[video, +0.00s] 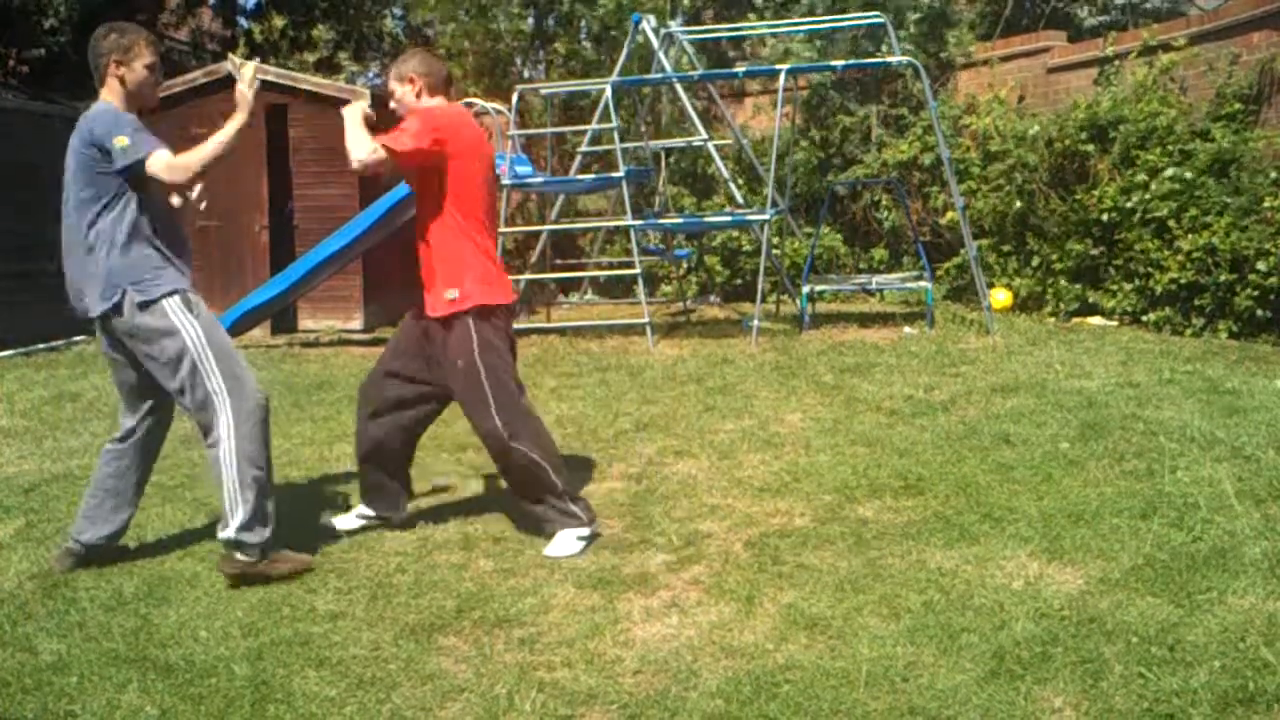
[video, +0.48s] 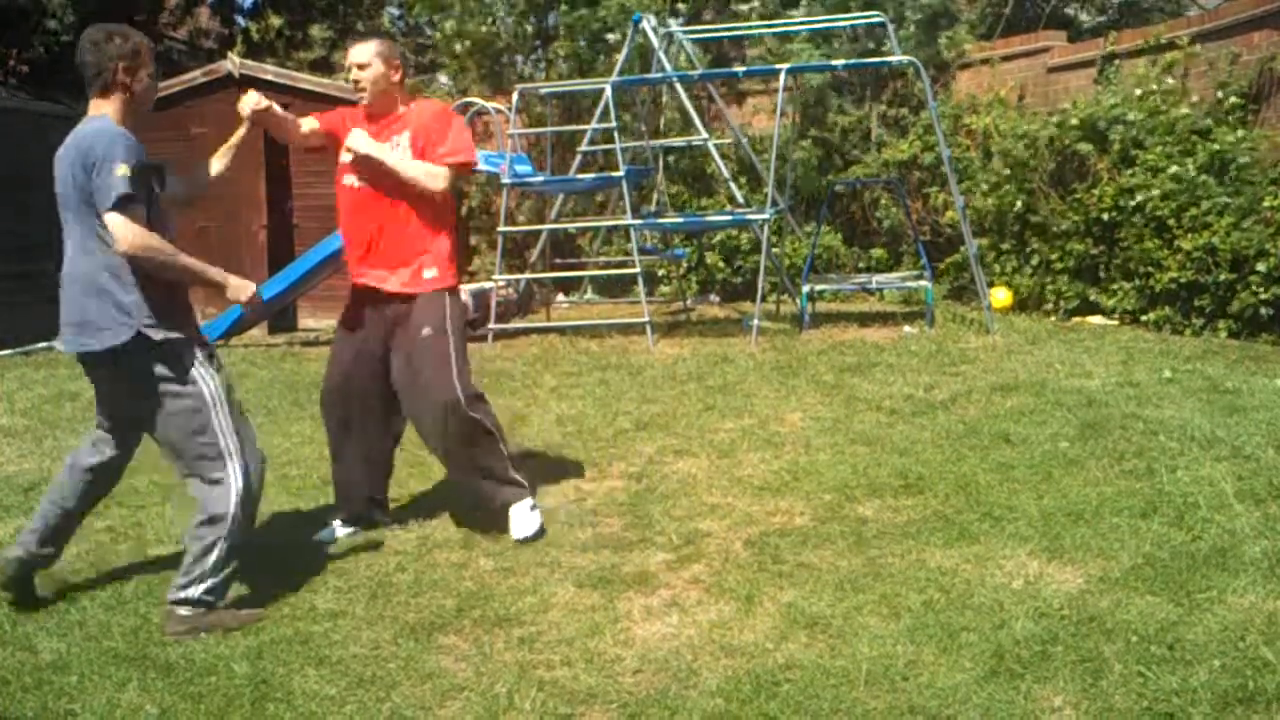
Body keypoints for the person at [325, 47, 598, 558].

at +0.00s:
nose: (394, 104)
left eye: (396, 94)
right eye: (393, 95)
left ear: (415, 86)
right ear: (437, 87)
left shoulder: (442, 121)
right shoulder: (466, 128)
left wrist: (353, 117)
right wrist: (377, 125)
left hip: (470, 299)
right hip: (440, 302)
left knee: (501, 416)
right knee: (383, 397)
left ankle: (569, 518)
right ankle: (383, 504)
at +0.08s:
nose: (385, 105)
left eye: (387, 97)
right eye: (385, 99)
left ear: (403, 91)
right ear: (433, 93)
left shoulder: (416, 117)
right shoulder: (468, 137)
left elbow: (318, 126)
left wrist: (285, 109)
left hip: (449, 300)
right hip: (438, 301)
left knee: (493, 415)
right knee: (386, 400)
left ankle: (569, 519)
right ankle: (363, 511)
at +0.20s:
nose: (361, 102)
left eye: (365, 93)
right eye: (361, 93)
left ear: (388, 91)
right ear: (407, 93)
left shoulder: (383, 124)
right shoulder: (442, 138)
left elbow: (323, 186)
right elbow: (454, 216)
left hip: (421, 297)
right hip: (415, 298)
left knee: (472, 406)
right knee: (360, 398)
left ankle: (558, 511)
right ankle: (363, 513)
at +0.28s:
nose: (341, 89)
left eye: (349, 80)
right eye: (343, 80)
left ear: (378, 84)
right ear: (380, 85)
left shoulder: (387, 122)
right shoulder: (404, 124)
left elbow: (376, 209)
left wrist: (330, 244)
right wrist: (358, 140)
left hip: (421, 291)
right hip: (389, 296)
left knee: (455, 401)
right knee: (354, 398)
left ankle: (543, 507)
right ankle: (362, 514)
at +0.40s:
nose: (343, 77)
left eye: (352, 67)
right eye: (340, 69)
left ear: (386, 72)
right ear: (345, 79)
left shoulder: (416, 114)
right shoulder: (341, 125)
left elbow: (437, 182)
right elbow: (287, 144)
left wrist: (370, 189)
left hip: (425, 283)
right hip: (371, 289)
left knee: (438, 400)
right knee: (348, 395)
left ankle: (508, 503)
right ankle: (360, 510)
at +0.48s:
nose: (352, 77)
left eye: (361, 67)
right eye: (350, 70)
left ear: (394, 70)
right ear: (353, 77)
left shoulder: (433, 116)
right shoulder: (348, 120)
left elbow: (437, 181)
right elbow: (298, 134)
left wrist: (373, 151)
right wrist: (268, 113)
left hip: (426, 289)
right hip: (368, 293)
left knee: (442, 398)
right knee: (346, 397)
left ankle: (511, 497)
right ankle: (359, 512)